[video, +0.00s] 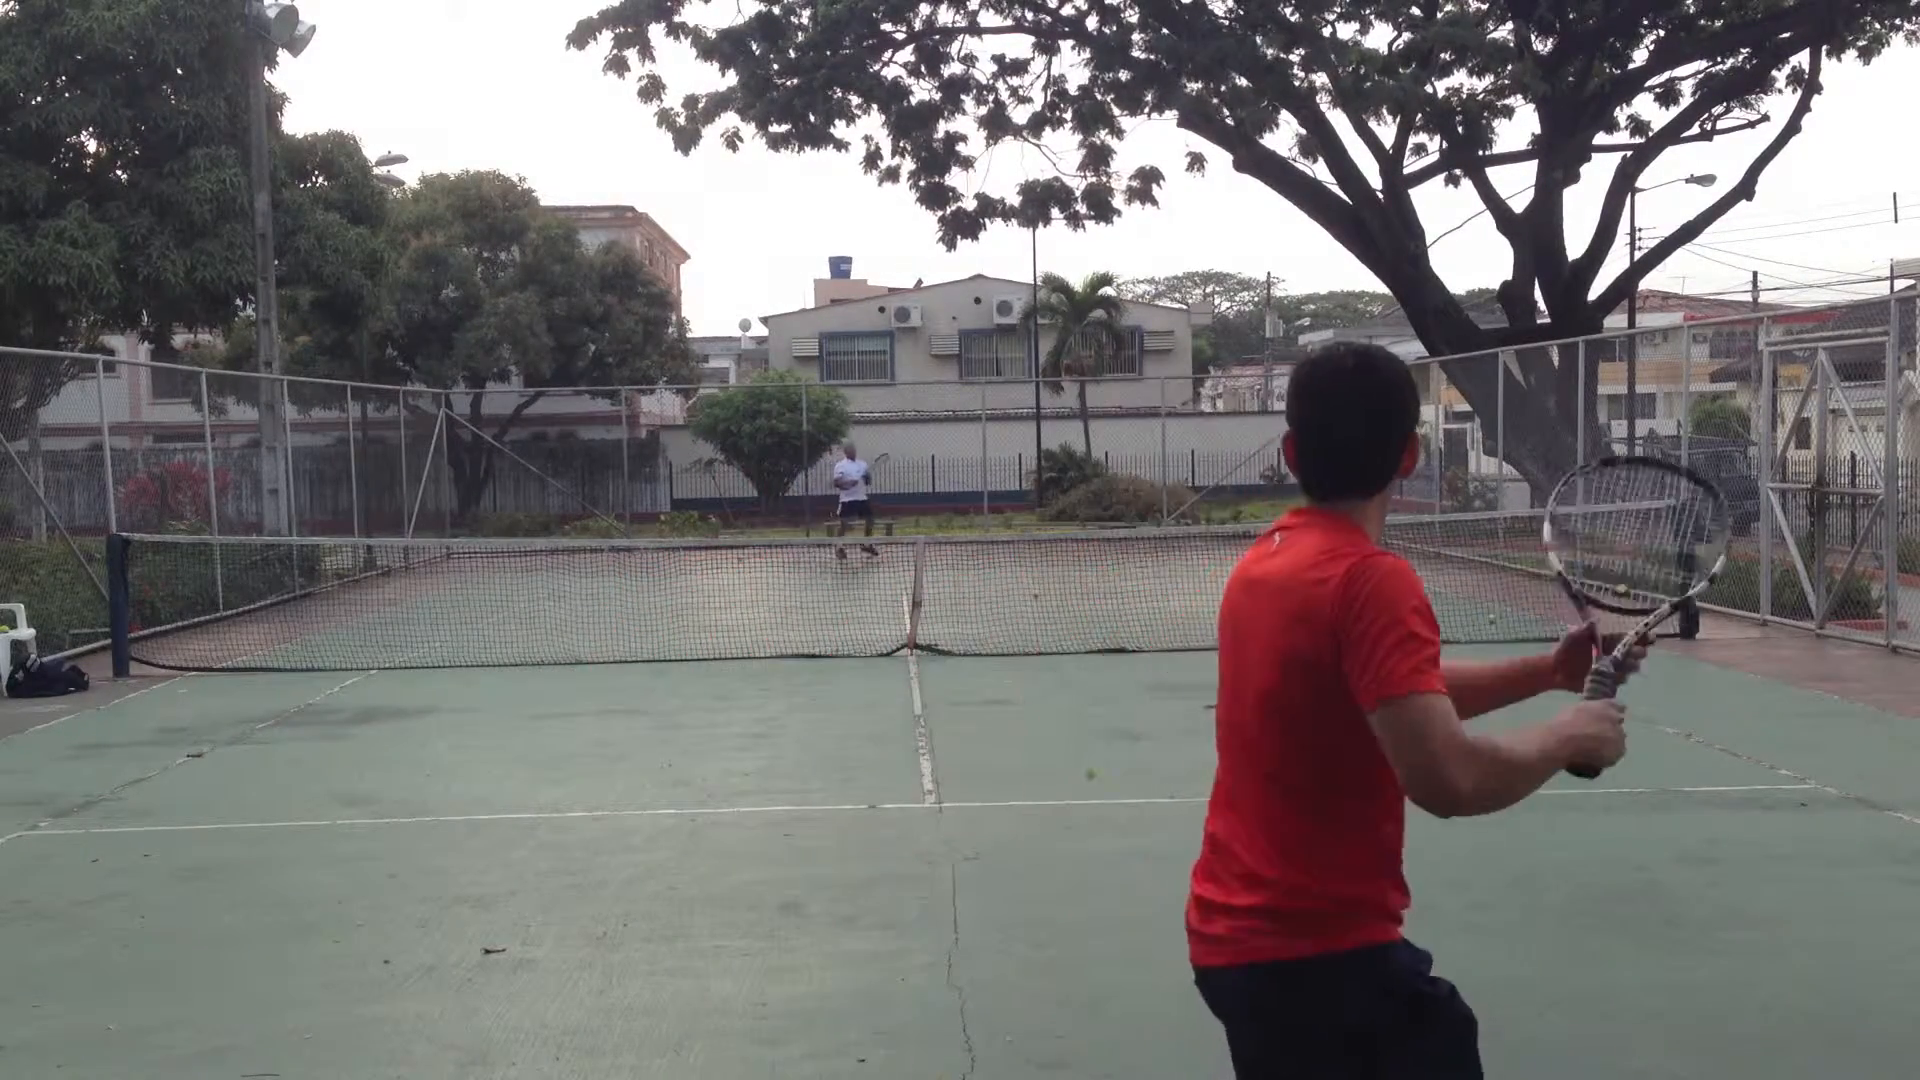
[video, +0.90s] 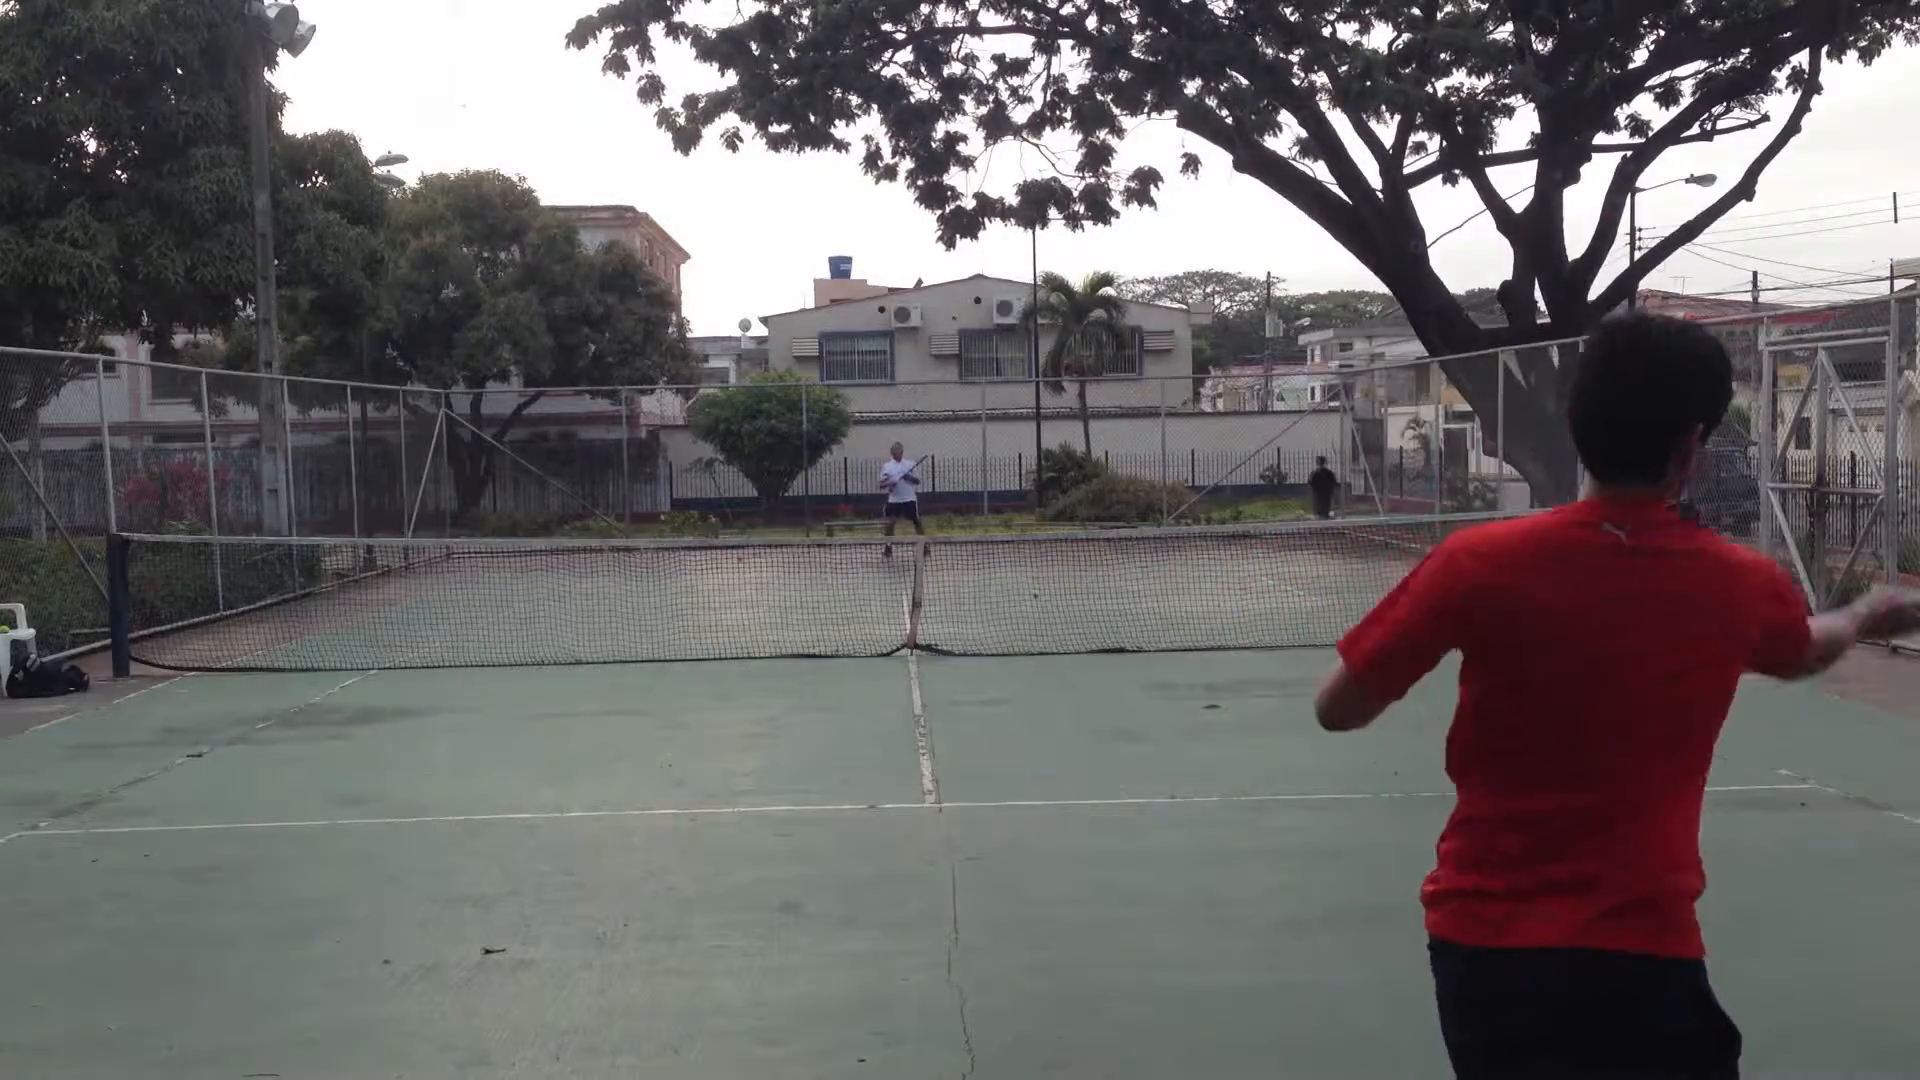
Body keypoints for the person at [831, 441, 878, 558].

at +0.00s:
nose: (851, 453)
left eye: (853, 450)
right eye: (849, 451)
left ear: (855, 451)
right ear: (845, 452)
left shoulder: (862, 464)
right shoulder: (840, 466)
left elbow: (868, 482)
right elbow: (837, 482)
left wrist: (867, 477)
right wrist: (849, 483)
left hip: (861, 498)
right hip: (847, 499)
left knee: (870, 520)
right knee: (844, 524)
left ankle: (867, 543)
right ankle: (839, 546)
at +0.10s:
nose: (860, 454)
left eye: (862, 451)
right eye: (858, 452)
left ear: (864, 452)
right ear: (854, 453)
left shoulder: (870, 465)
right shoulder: (847, 466)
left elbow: (876, 483)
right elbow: (843, 484)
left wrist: (874, 477)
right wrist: (855, 482)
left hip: (869, 499)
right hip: (853, 500)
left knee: (879, 522)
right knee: (848, 523)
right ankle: (841, 547)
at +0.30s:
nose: (874, 454)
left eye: (876, 452)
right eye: (872, 452)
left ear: (879, 451)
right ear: (868, 452)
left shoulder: (887, 464)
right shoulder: (863, 466)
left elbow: (893, 480)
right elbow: (856, 482)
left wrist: (886, 476)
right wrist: (869, 482)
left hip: (884, 499)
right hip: (868, 500)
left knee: (889, 522)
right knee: (860, 522)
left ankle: (888, 545)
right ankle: (854, 544)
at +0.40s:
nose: (877, 450)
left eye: (879, 447)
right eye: (875, 448)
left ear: (882, 447)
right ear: (871, 448)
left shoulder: (889, 459)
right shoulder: (866, 461)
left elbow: (898, 474)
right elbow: (862, 478)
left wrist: (890, 471)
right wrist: (871, 479)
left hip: (887, 494)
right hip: (872, 494)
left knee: (890, 520)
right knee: (872, 521)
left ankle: (890, 544)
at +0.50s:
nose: (880, 451)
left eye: (882, 448)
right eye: (878, 449)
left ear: (885, 448)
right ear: (874, 448)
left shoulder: (892, 458)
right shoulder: (869, 461)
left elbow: (901, 475)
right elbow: (863, 479)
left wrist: (895, 472)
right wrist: (873, 477)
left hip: (892, 493)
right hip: (878, 494)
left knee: (897, 518)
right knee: (882, 520)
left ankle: (900, 541)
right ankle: (887, 544)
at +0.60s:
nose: (882, 453)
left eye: (884, 450)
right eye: (880, 451)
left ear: (888, 450)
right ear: (877, 451)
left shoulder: (894, 463)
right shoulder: (872, 466)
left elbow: (904, 480)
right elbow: (867, 483)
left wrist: (897, 475)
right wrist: (877, 480)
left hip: (896, 497)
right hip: (881, 499)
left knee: (903, 518)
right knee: (883, 523)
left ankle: (913, 541)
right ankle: (887, 545)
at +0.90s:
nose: (897, 456)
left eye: (899, 453)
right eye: (894, 454)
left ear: (902, 452)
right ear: (891, 453)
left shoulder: (910, 464)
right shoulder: (887, 466)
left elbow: (917, 481)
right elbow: (882, 484)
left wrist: (907, 477)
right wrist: (891, 482)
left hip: (909, 499)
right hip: (893, 500)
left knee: (916, 522)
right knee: (890, 523)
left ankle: (924, 544)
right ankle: (888, 546)